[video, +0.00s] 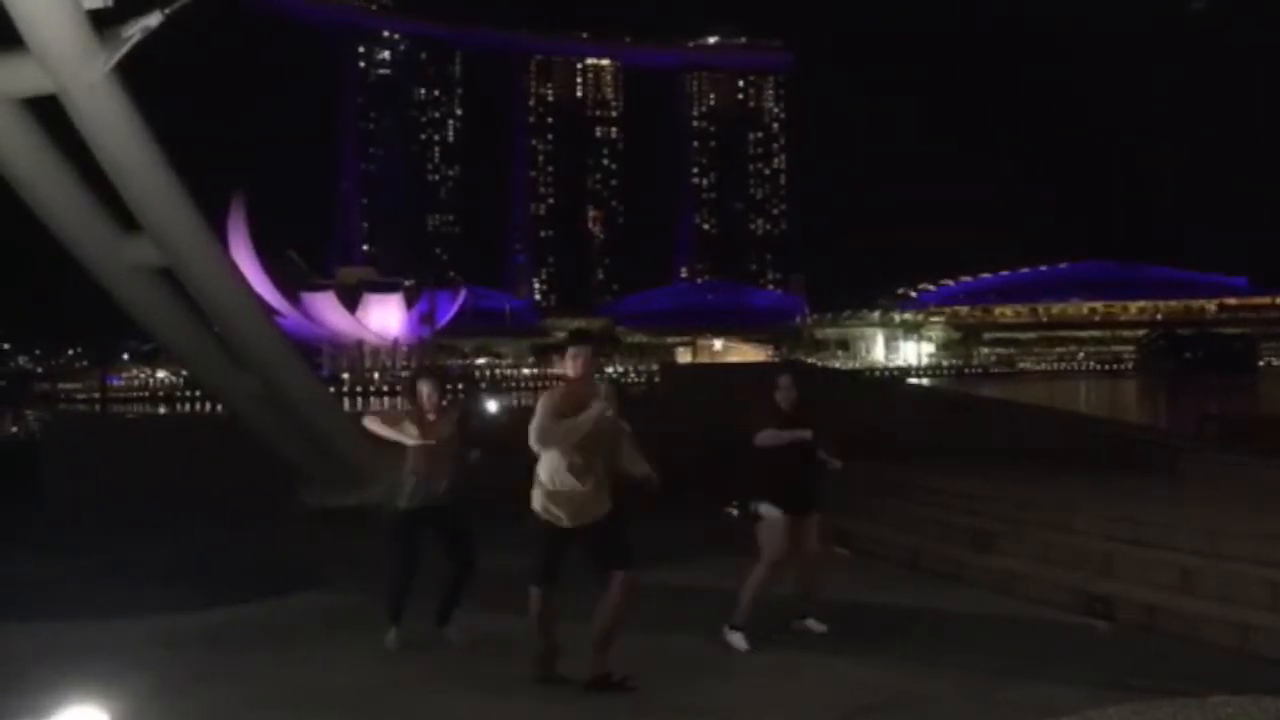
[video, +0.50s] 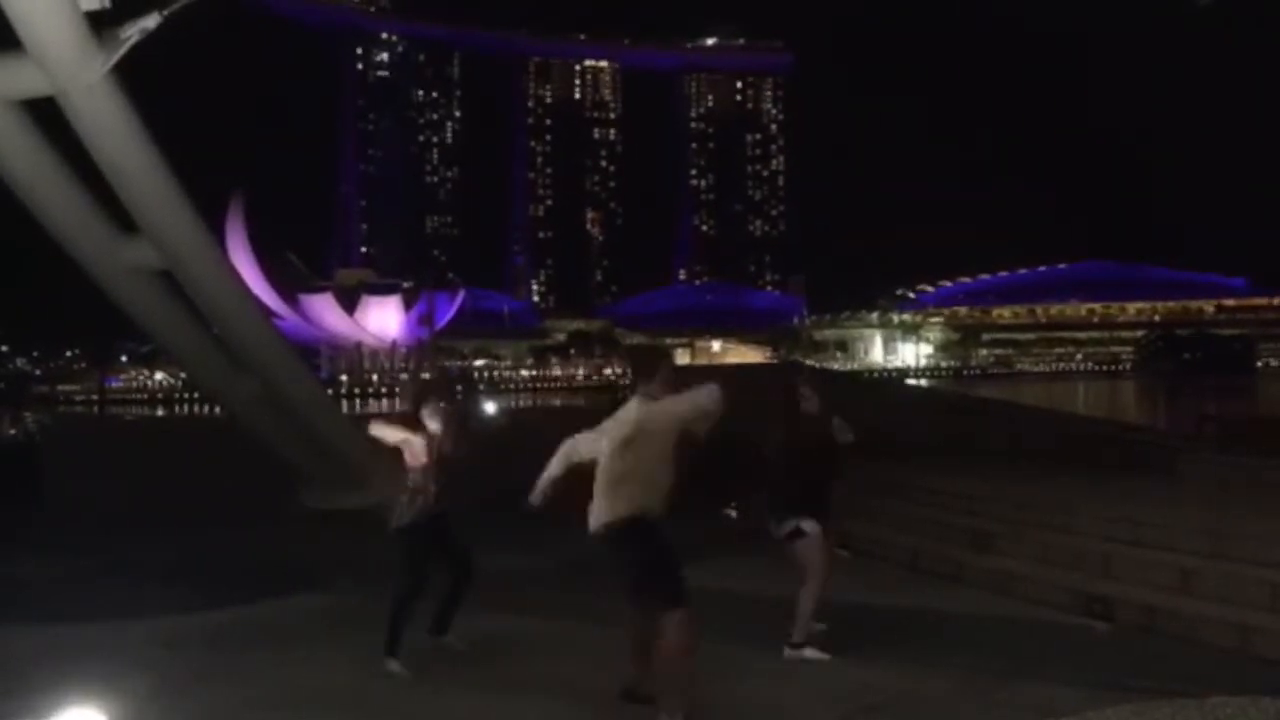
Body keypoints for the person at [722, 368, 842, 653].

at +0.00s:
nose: (785, 394)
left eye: (789, 389)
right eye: (781, 389)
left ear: (798, 390)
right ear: (774, 391)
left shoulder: (804, 416)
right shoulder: (767, 414)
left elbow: (808, 449)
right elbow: (760, 438)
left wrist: (826, 459)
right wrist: (800, 435)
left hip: (803, 494)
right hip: (771, 495)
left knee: (810, 555)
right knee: (772, 557)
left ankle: (804, 614)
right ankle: (736, 625)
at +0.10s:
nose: (785, 397)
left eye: (790, 392)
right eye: (781, 392)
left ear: (800, 394)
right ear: (776, 394)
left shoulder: (805, 420)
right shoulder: (768, 420)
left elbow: (813, 453)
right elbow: (771, 451)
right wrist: (811, 451)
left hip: (801, 499)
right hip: (771, 499)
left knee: (810, 560)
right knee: (764, 566)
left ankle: (801, 617)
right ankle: (733, 629)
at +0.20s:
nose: (798, 396)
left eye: (801, 390)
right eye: (793, 390)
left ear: (806, 392)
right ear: (783, 392)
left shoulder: (806, 421)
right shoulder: (780, 423)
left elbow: (808, 461)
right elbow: (784, 474)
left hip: (804, 503)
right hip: (779, 503)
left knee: (809, 561)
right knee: (778, 565)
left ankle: (800, 617)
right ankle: (735, 623)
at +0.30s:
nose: (808, 396)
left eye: (809, 391)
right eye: (803, 391)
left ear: (808, 393)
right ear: (791, 394)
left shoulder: (807, 422)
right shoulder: (790, 425)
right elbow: (792, 475)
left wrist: (834, 435)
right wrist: (820, 506)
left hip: (805, 501)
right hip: (788, 502)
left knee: (815, 558)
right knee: (800, 558)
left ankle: (797, 617)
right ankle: (755, 616)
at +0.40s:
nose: (808, 397)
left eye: (810, 391)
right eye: (803, 391)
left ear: (815, 393)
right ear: (793, 394)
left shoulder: (813, 421)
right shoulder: (792, 422)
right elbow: (799, 457)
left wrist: (822, 461)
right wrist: (833, 466)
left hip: (809, 497)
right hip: (793, 499)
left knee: (813, 558)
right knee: (808, 559)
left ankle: (799, 618)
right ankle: (791, 631)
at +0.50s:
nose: (814, 404)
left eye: (813, 398)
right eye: (809, 399)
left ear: (803, 399)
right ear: (801, 401)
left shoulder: (789, 425)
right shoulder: (807, 428)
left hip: (789, 507)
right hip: (801, 510)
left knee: (813, 570)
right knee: (814, 573)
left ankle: (803, 620)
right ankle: (797, 641)